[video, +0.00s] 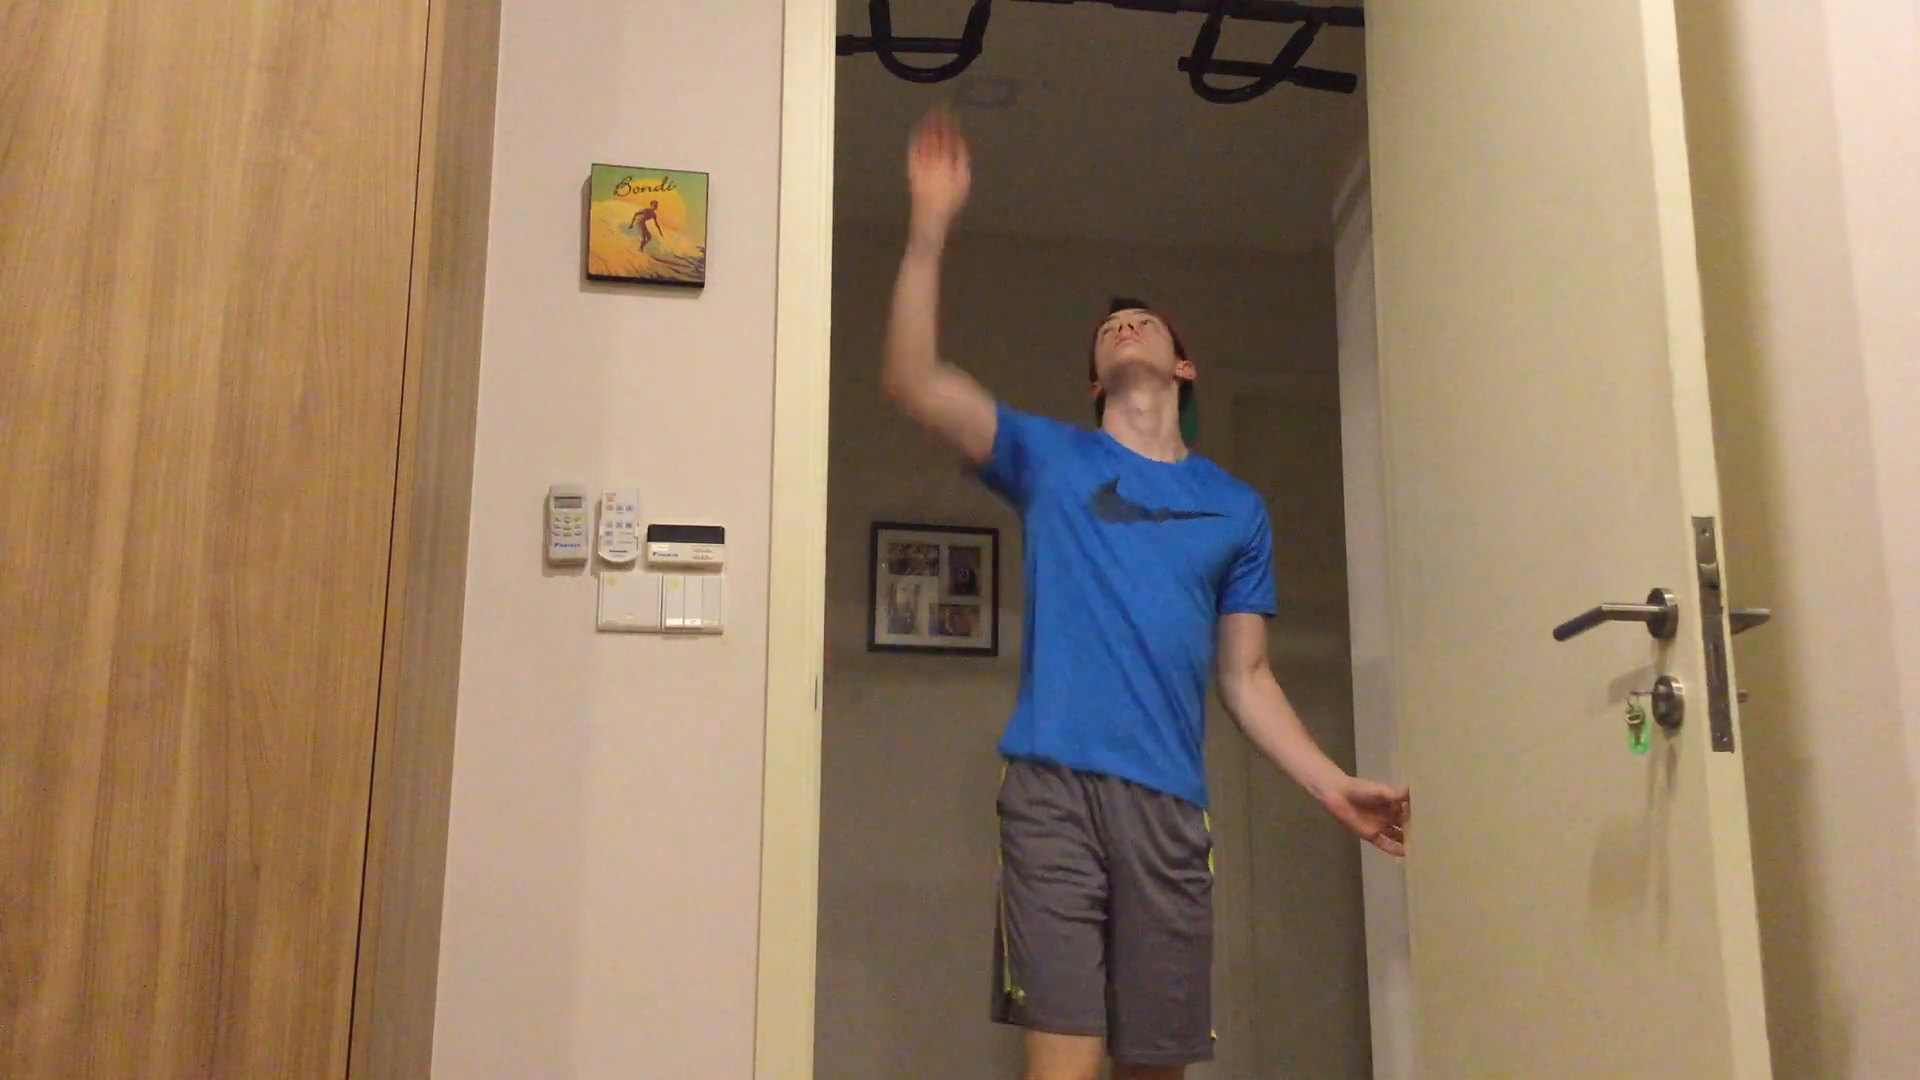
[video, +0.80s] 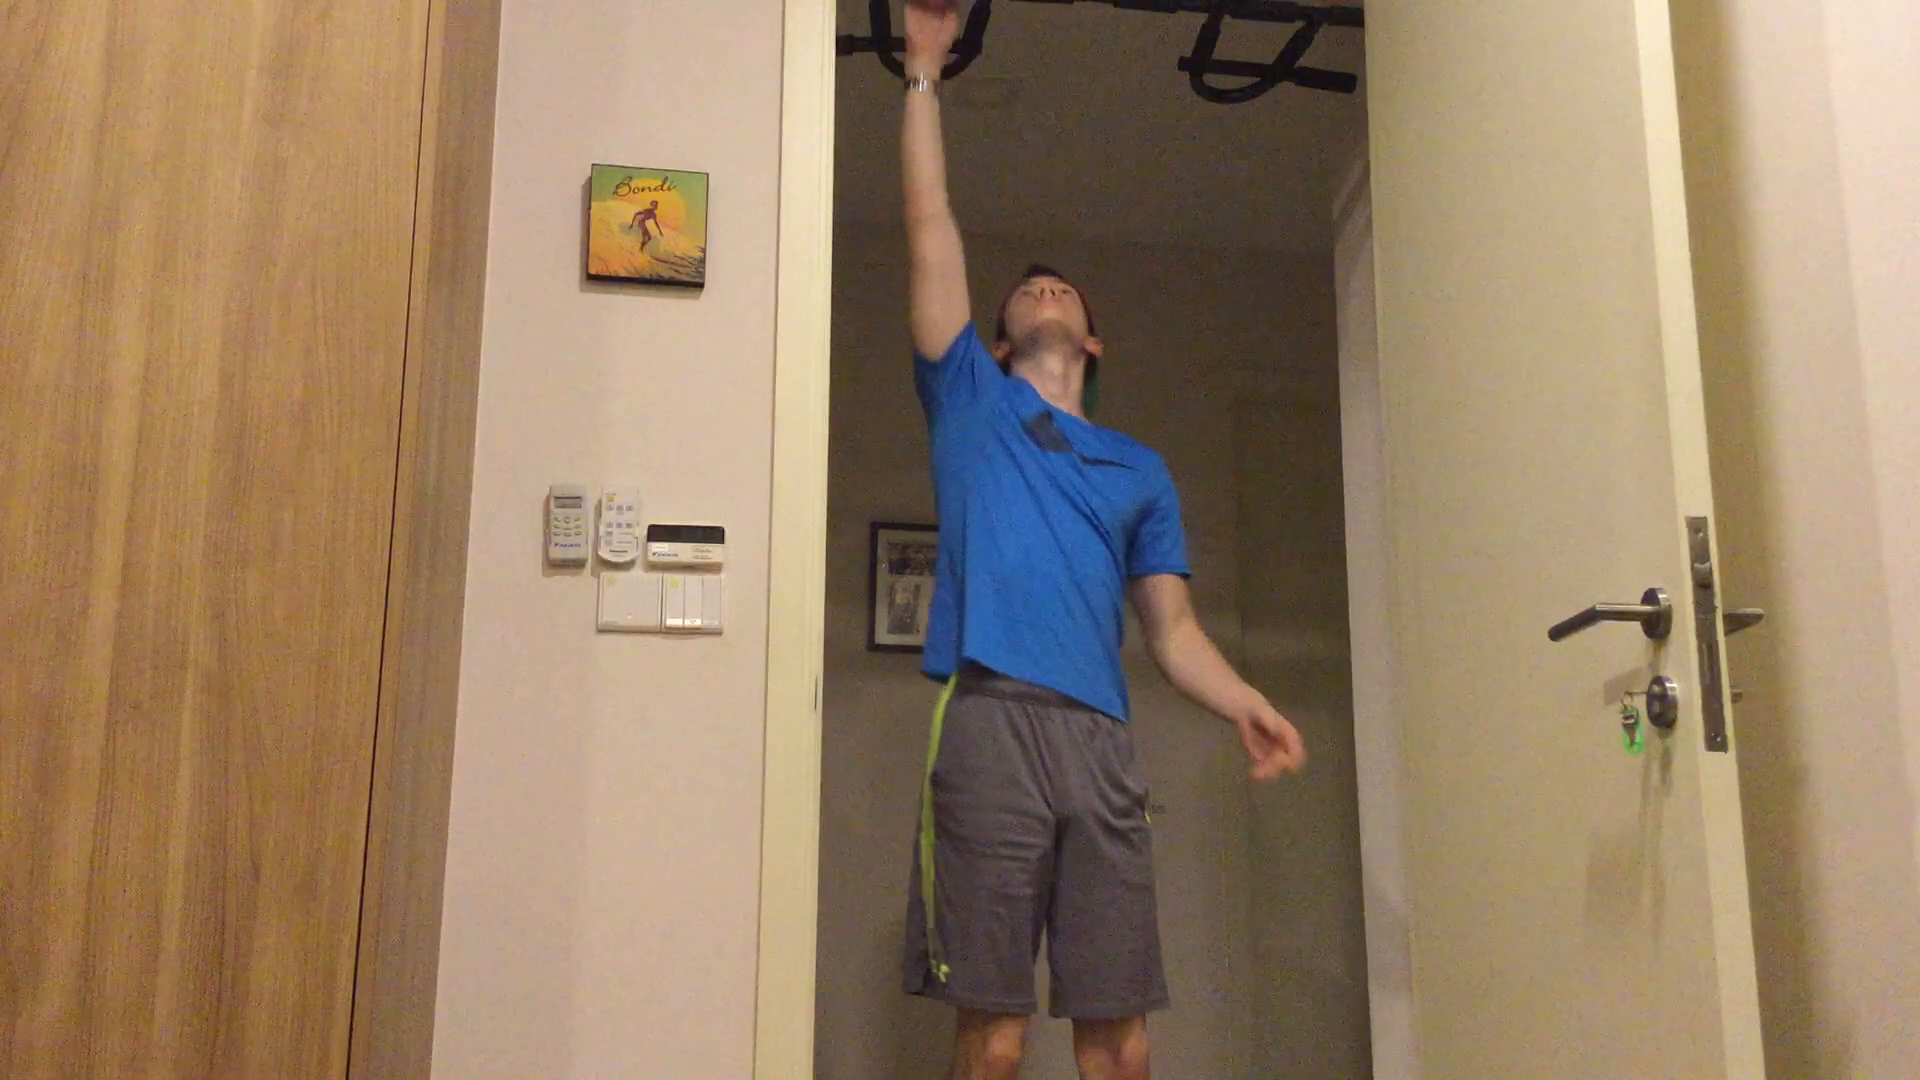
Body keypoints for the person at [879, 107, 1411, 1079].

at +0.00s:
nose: (1118, 324)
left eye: (1140, 321)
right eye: (1106, 327)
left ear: (1184, 371)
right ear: (1093, 381)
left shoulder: (1235, 508)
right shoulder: (1049, 452)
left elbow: (1247, 676)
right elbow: (913, 379)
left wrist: (1337, 788)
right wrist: (927, 226)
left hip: (1168, 801)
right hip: (1050, 783)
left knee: (1158, 1061)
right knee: (1064, 1048)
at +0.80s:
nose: (1041, 289)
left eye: (1059, 288)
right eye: (1027, 291)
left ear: (1093, 343)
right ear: (1002, 339)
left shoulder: (1139, 468)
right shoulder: (968, 392)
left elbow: (1171, 626)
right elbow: (930, 222)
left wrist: (1245, 705)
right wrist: (924, 74)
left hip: (1102, 742)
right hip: (987, 728)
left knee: (1119, 1043)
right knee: (996, 1040)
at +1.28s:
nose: (1054, 277)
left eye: (1058, 273)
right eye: (1028, 272)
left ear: (1069, 322)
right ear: (986, 308)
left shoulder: (1102, 456)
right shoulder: (950, 364)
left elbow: (1140, 613)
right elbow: (930, 187)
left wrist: (1170, 591)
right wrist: (930, 46)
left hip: (1077, 716)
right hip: (977, 700)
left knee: (1122, 1012)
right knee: (983, 1009)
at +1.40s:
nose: (1053, 279)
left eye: (1058, 274)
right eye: (1028, 274)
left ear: (1072, 322)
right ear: (987, 309)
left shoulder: (1101, 451)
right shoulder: (949, 370)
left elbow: (1176, 580)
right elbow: (930, 189)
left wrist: (1191, 492)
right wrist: (928, 47)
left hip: (1084, 720)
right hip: (982, 706)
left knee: (1129, 1016)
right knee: (983, 1017)